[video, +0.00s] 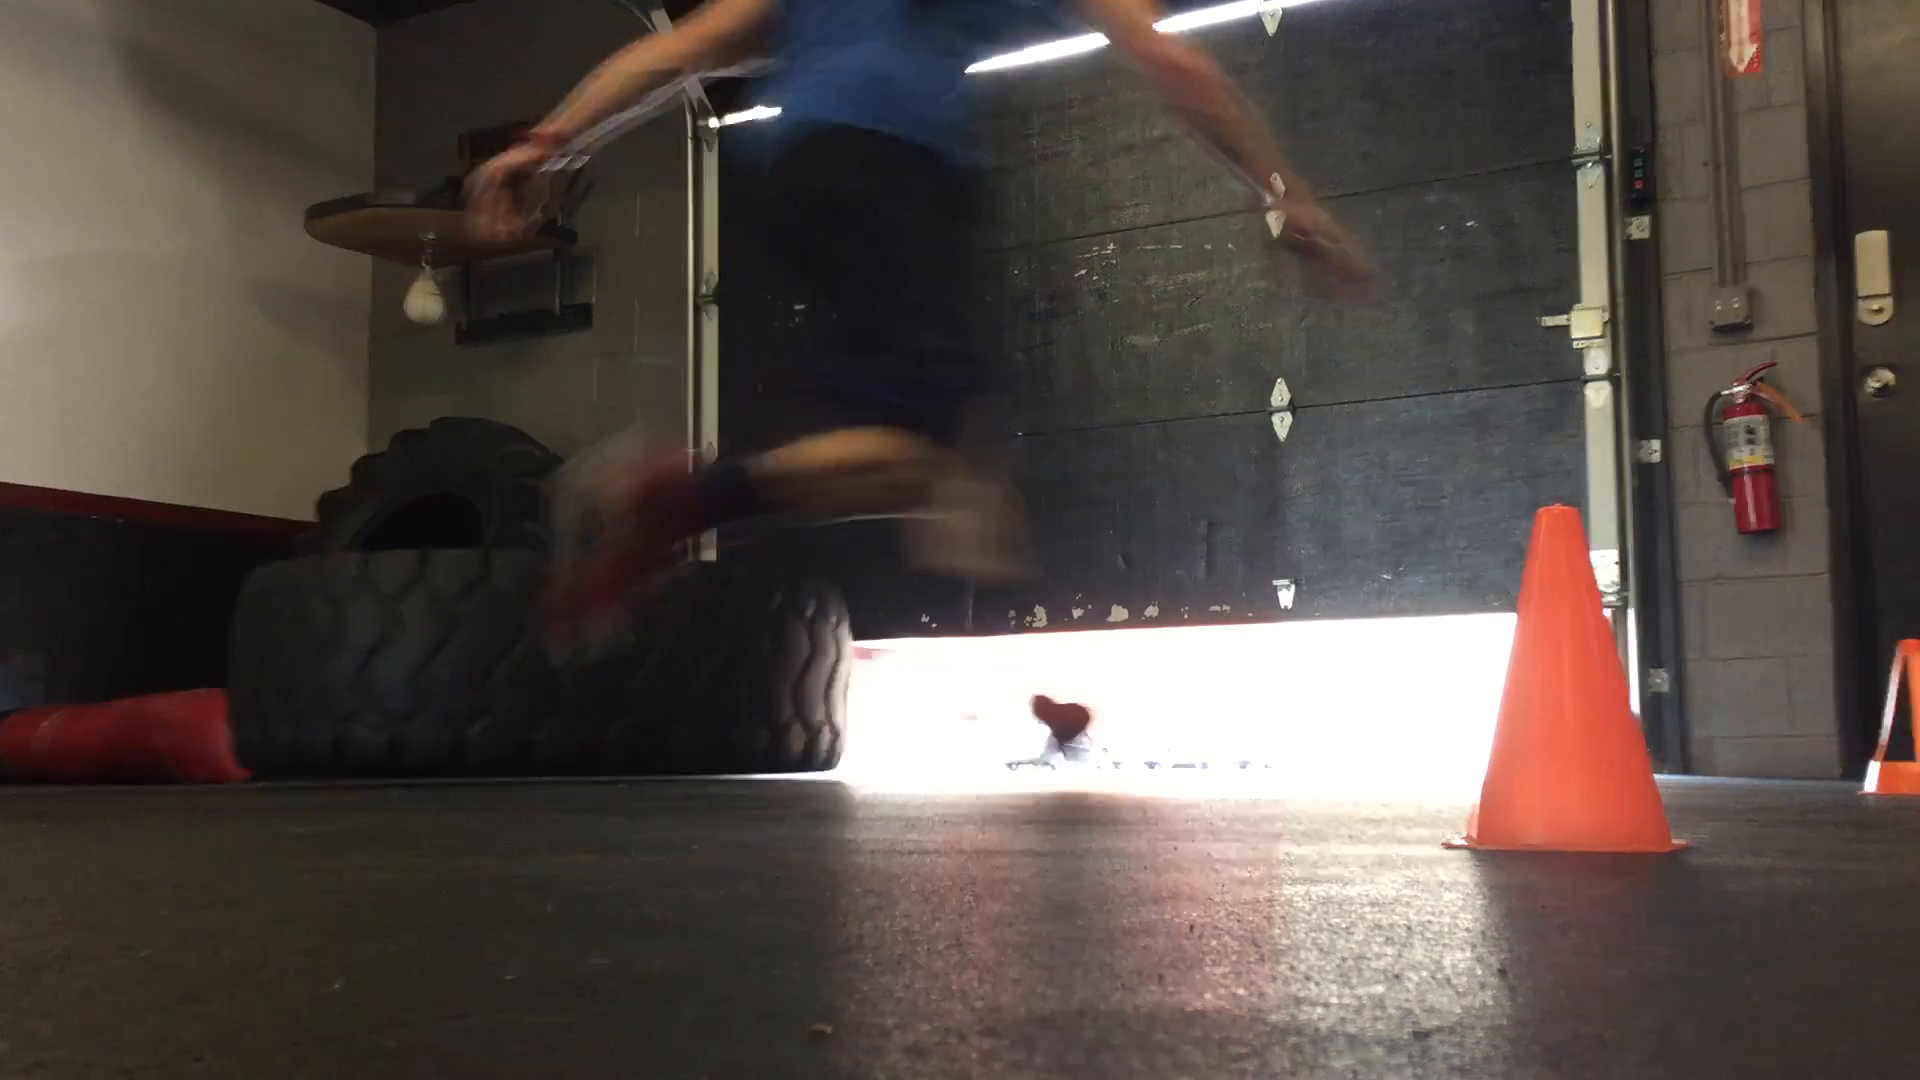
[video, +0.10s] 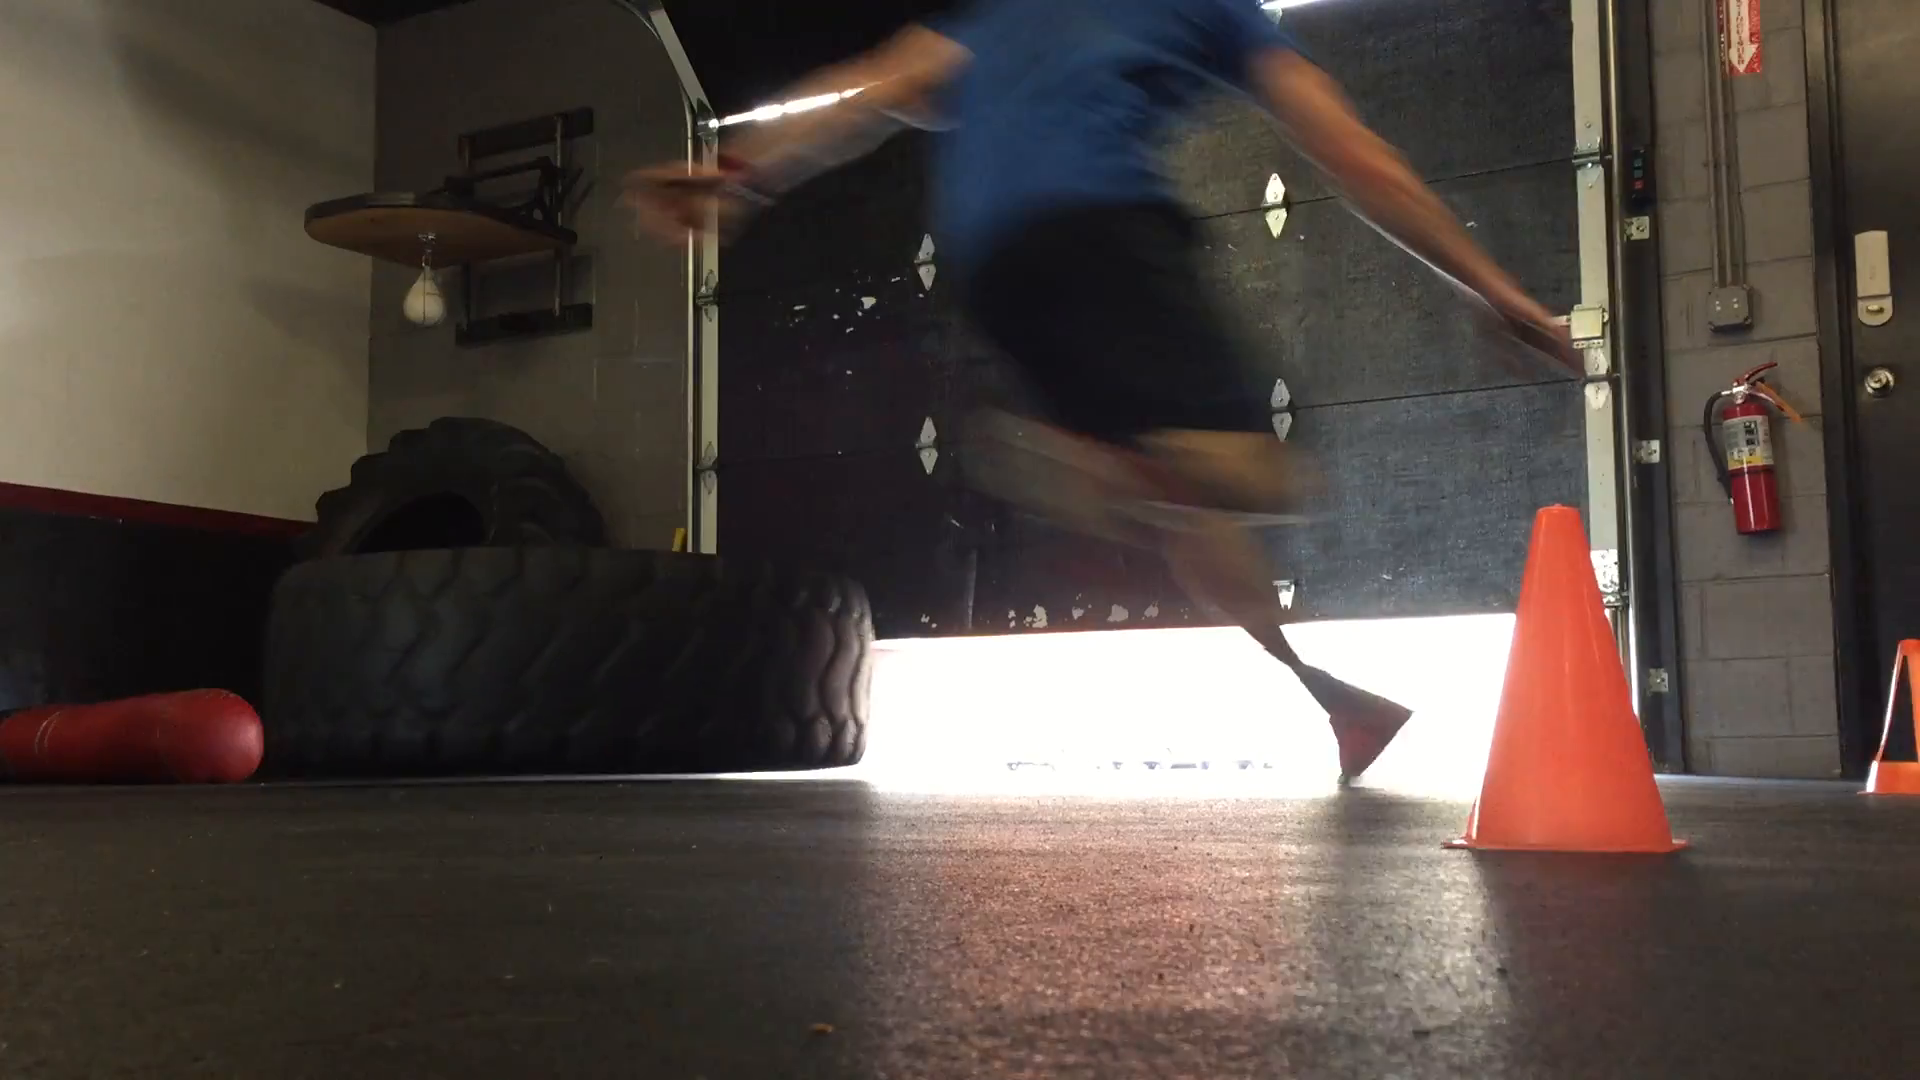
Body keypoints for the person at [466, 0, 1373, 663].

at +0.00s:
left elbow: (678, 43)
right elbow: (1170, 61)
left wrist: (543, 142)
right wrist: (1281, 185)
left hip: (775, 167)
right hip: (895, 161)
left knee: (941, 452)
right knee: (912, 448)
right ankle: (702, 493)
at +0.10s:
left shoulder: (995, 19)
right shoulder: (1215, 16)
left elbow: (868, 86)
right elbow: (1356, 160)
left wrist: (734, 158)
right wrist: (1489, 284)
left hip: (981, 249)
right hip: (1096, 216)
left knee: (1183, 505)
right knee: (1275, 469)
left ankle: (1330, 700)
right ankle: (1061, 462)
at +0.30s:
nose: (1570, 180)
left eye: (1566, 165)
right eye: (1563, 164)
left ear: (1465, 144)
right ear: (1526, 146)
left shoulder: (1349, 197)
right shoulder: (1552, 208)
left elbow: (1203, 267)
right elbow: (1680, 392)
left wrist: (1110, 403)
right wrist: (1795, 526)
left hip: (1322, 426)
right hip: (1467, 389)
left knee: (1385, 492)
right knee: (1722, 499)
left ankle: (1427, 700)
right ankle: (1880, 650)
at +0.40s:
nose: (1613, 216)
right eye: (1613, 204)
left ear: (1514, 185)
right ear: (1603, 194)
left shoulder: (1421, 233)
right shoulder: (1626, 227)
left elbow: (1310, 298)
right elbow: (1729, 405)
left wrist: (1230, 397)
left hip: (1405, 411)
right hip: (1571, 378)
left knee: (1415, 500)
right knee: (1807, 522)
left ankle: (1446, 696)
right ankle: (1902, 653)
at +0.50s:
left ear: (1469, 153)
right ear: (1557, 158)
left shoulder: (1400, 192)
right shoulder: (1589, 182)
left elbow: (1305, 237)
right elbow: (1682, 316)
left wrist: (1261, 335)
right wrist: (1782, 460)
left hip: (1405, 347)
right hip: (1561, 318)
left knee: (1403, 497)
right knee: (1768, 515)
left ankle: (1440, 684)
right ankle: (1900, 647)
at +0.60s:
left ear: (1374, 102)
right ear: (1462, 89)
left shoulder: (1335, 131)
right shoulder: (1509, 112)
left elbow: (1257, 186)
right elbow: (1605, 201)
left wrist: (1246, 306)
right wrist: (1699, 345)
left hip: (1380, 298)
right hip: (1520, 262)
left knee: (1371, 501)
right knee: (1653, 486)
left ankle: (1432, 676)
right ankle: (1842, 595)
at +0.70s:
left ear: (1304, 57)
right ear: (1387, 43)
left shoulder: (1275, 96)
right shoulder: (1445, 69)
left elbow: (1211, 165)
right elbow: (1538, 126)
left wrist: (1222, 323)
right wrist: (1602, 247)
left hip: (1351, 274)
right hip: (1482, 250)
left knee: (1365, 524)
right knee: (1502, 485)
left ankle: (1432, 680)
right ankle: (1631, 535)